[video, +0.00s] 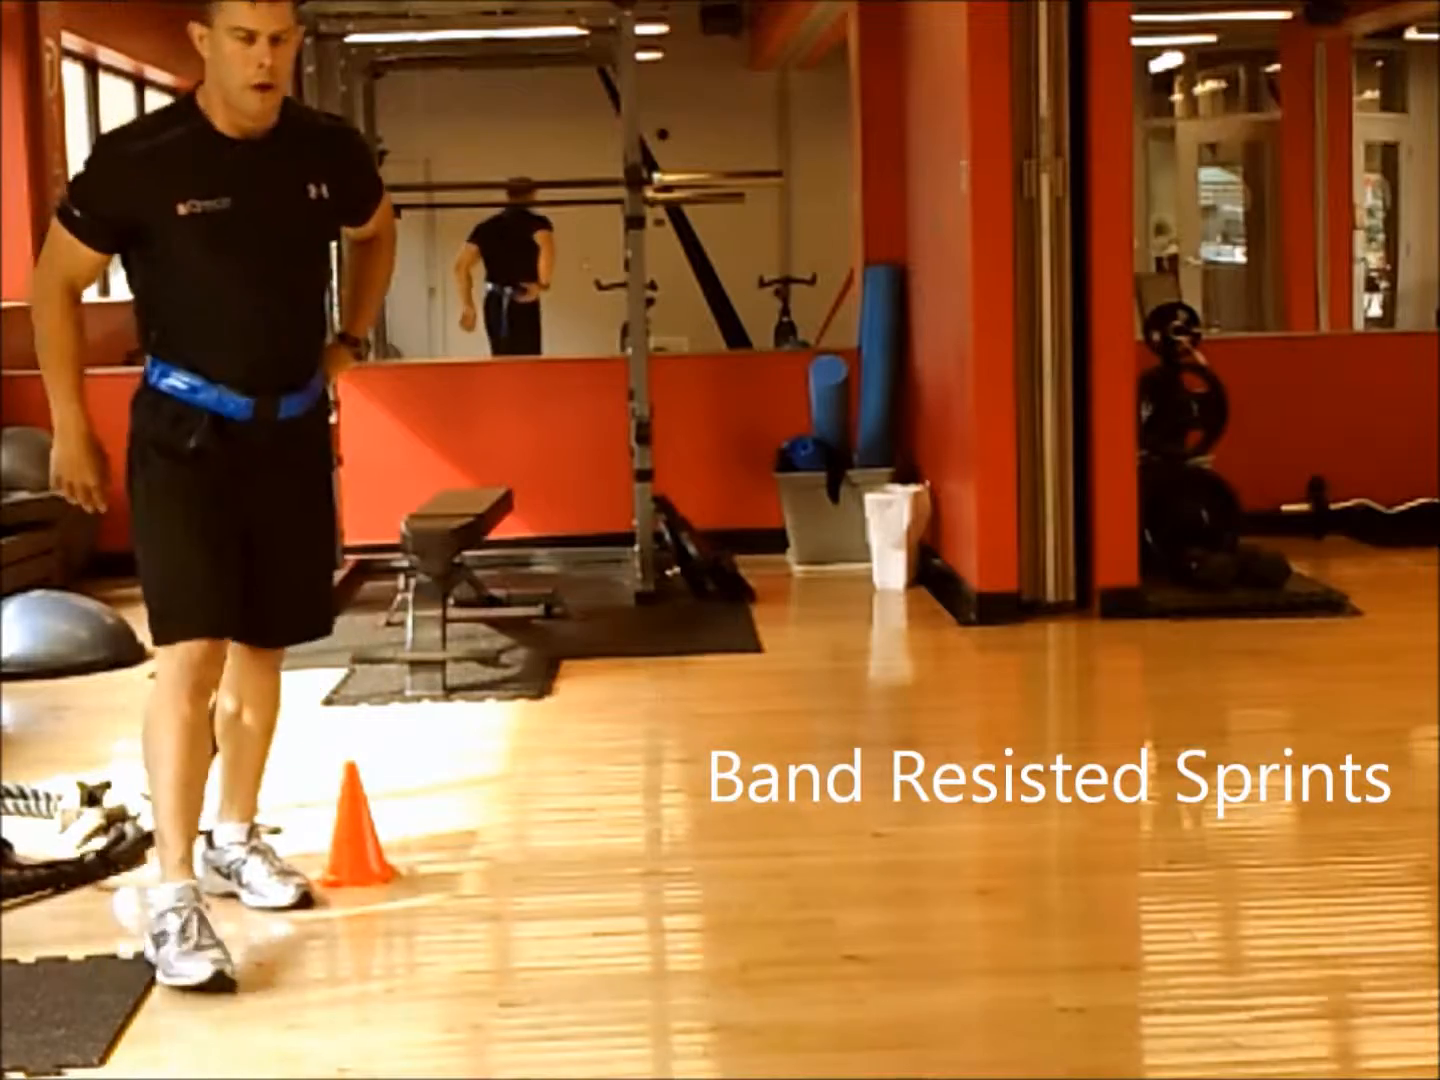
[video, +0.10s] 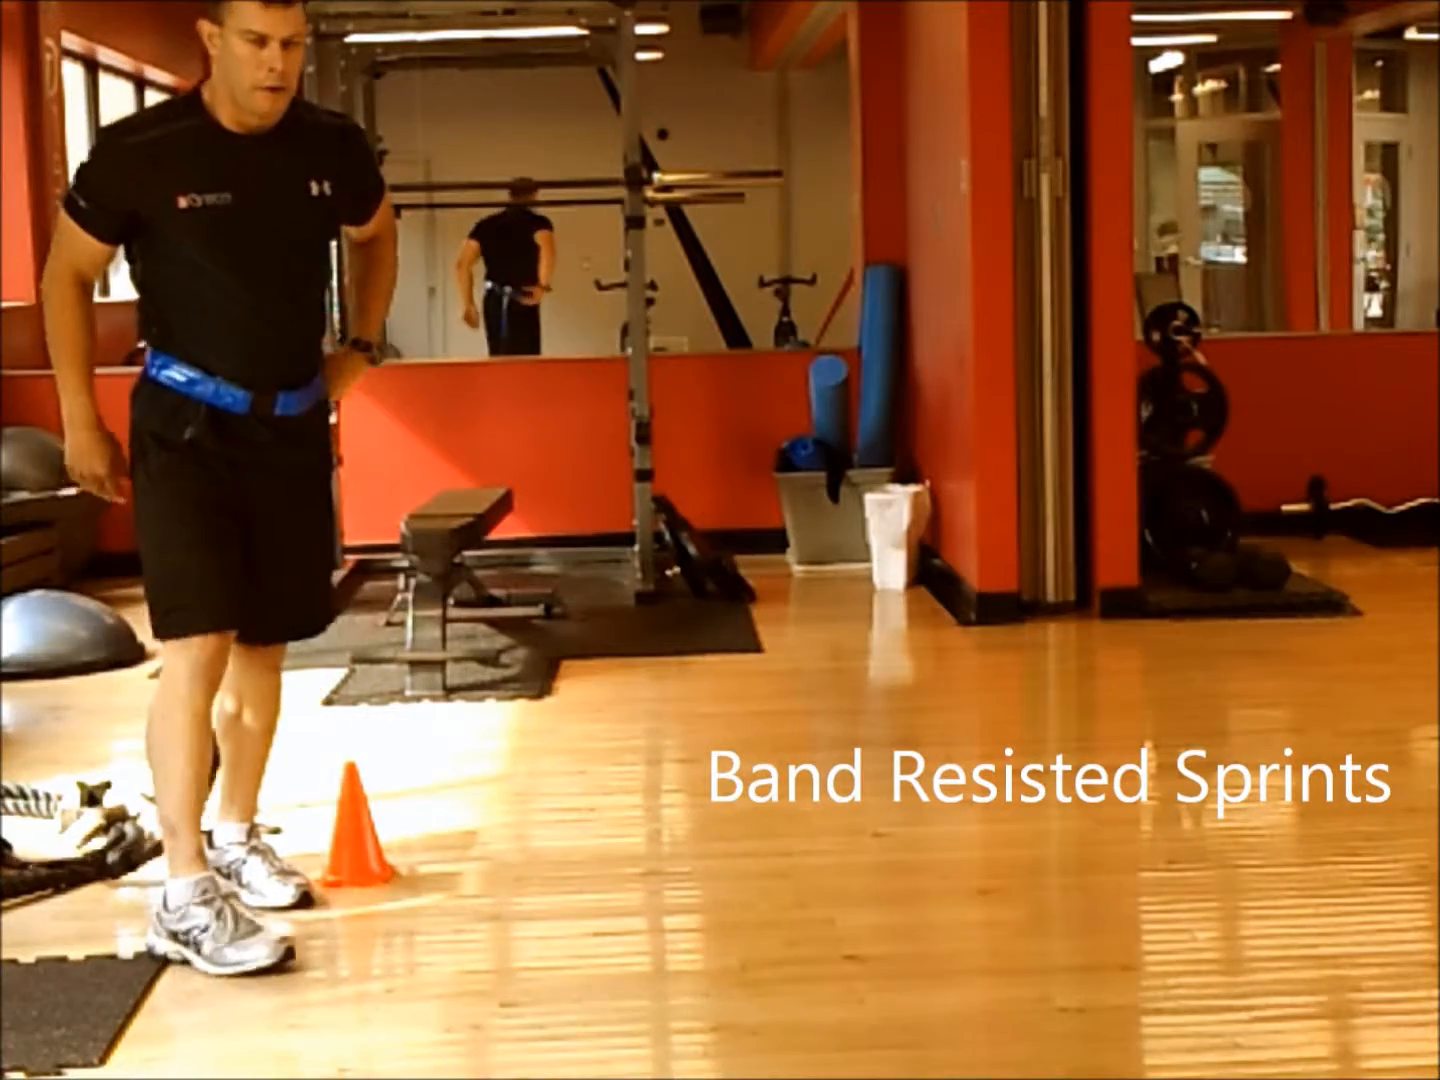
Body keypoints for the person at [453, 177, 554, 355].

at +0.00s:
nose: (534, 198)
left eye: (532, 194)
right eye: (533, 194)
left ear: (509, 196)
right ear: (531, 196)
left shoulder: (487, 226)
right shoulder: (537, 223)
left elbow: (461, 266)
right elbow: (545, 247)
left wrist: (467, 305)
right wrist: (543, 283)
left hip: (494, 298)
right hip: (525, 299)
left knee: (501, 361)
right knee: (527, 362)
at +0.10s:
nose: (536, 198)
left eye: (534, 194)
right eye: (535, 195)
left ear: (511, 196)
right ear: (532, 197)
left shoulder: (487, 224)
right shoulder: (538, 222)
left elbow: (463, 264)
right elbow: (546, 250)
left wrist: (468, 303)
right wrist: (543, 285)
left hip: (493, 297)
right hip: (524, 297)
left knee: (498, 358)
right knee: (526, 359)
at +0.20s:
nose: (537, 198)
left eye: (535, 194)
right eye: (535, 194)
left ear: (511, 195)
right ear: (532, 196)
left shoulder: (487, 224)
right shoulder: (538, 223)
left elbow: (463, 263)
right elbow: (547, 255)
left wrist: (470, 303)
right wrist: (549, 288)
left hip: (493, 299)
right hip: (524, 300)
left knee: (496, 360)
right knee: (526, 361)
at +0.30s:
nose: (538, 197)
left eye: (537, 193)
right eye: (537, 193)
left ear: (512, 194)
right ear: (533, 195)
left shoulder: (489, 223)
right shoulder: (537, 224)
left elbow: (465, 263)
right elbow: (547, 261)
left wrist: (472, 304)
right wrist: (563, 296)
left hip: (494, 299)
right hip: (524, 300)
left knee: (498, 359)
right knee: (528, 359)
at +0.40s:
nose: (539, 197)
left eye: (538, 193)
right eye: (537, 193)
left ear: (514, 194)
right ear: (533, 195)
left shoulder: (490, 223)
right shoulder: (538, 224)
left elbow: (467, 263)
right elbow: (547, 262)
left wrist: (475, 302)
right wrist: (570, 298)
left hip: (496, 299)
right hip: (525, 301)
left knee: (501, 360)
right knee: (530, 360)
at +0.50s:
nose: (541, 198)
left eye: (540, 193)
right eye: (539, 193)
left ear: (516, 194)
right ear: (534, 195)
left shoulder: (492, 223)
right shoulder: (540, 225)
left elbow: (468, 264)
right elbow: (550, 265)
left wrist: (478, 299)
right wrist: (571, 298)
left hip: (497, 299)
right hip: (526, 301)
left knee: (501, 359)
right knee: (532, 359)